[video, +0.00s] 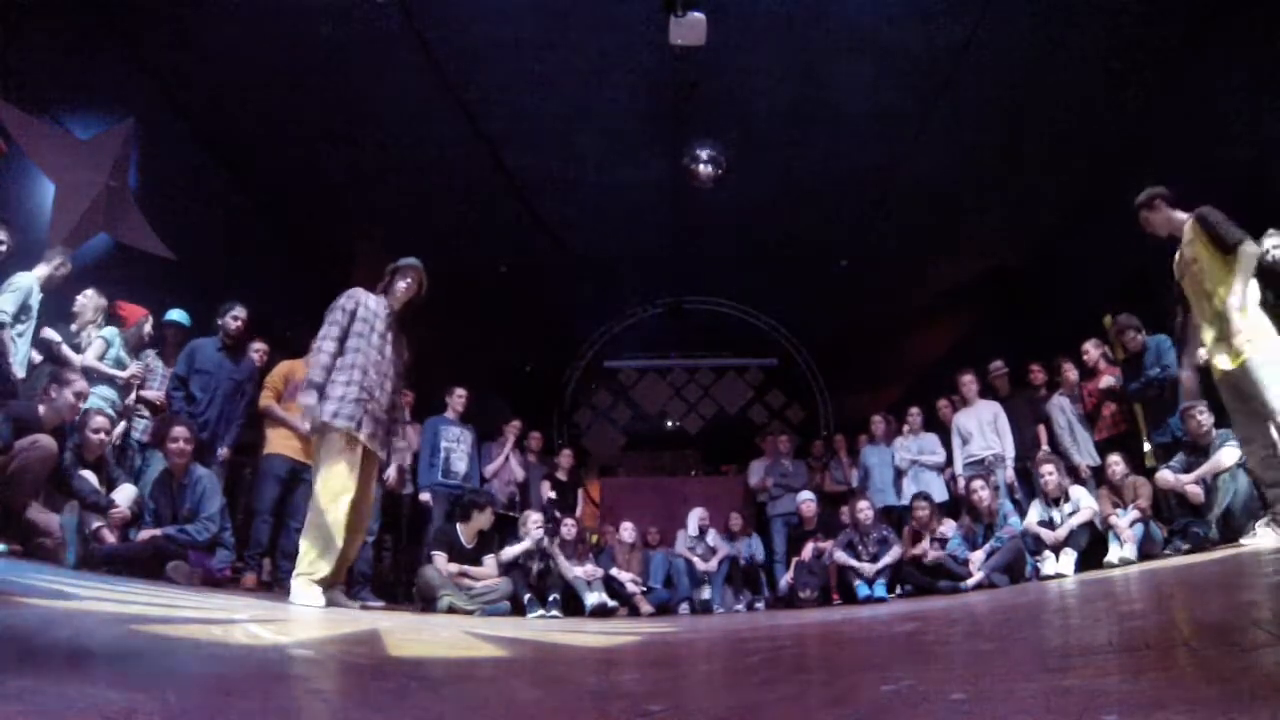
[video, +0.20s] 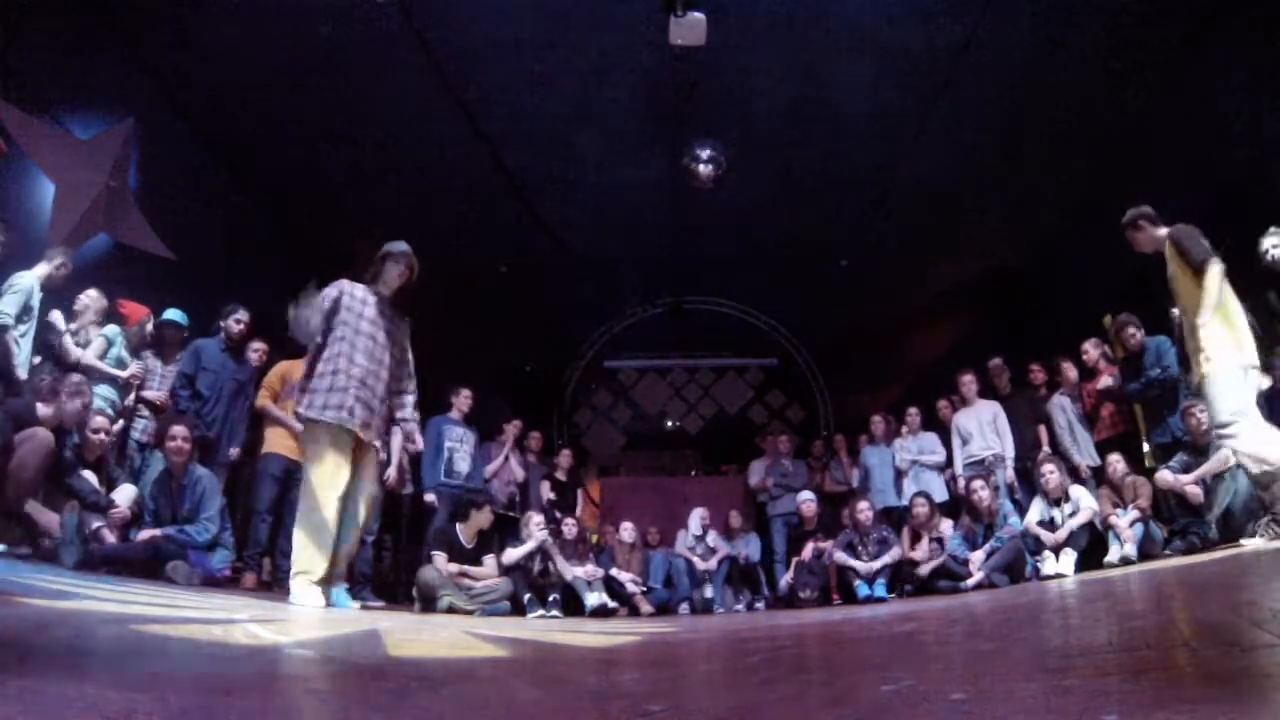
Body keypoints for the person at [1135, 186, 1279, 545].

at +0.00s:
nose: (1147, 228)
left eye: (1146, 220)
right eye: (1144, 223)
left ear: (1159, 207)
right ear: (1155, 215)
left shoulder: (1203, 218)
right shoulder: (1180, 261)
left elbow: (1248, 248)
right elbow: (1195, 314)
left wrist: (1235, 300)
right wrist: (1189, 362)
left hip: (1252, 342)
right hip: (1221, 356)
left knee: (1278, 420)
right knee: (1252, 438)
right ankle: (1275, 514)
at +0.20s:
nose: (1137, 247)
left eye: (1134, 240)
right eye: (1133, 243)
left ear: (1144, 226)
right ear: (1144, 229)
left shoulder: (1179, 233)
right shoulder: (1171, 255)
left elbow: (1213, 265)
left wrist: (1202, 316)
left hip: (1224, 347)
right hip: (1213, 352)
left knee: (1230, 430)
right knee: (1244, 428)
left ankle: (1273, 508)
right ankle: (1271, 509)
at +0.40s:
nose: (1123, 255)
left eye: (1121, 248)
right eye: (1118, 250)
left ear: (1130, 237)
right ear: (1136, 234)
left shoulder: (1154, 246)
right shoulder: (1172, 251)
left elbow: (1184, 275)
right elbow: (1222, 303)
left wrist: (1179, 325)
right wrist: (1256, 340)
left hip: (1200, 353)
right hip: (1227, 349)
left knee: (1205, 442)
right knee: (1256, 437)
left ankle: (1228, 525)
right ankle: (1276, 509)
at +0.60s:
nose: (1110, 267)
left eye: (1108, 260)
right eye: (1107, 262)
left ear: (1115, 248)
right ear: (1130, 242)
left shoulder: (1134, 260)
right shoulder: (1169, 265)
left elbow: (1152, 302)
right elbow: (1209, 313)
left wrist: (1148, 360)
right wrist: (1232, 356)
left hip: (1184, 371)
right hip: (1209, 365)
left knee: (1193, 457)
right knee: (1242, 445)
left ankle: (1200, 535)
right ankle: (1275, 513)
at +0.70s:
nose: (1103, 269)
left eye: (1101, 262)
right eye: (1100, 264)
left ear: (1107, 251)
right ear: (1121, 245)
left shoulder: (1127, 263)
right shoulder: (1155, 266)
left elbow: (1142, 309)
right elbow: (1188, 318)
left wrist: (1145, 369)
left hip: (1175, 368)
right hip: (1198, 365)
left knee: (1188, 456)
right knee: (1223, 444)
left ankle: (1201, 536)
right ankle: (1272, 507)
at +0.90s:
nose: (1094, 272)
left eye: (1092, 266)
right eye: (1092, 268)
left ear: (1097, 257)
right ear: (1115, 250)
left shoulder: (1117, 273)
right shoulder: (1147, 272)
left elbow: (1124, 324)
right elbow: (1170, 327)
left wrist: (1130, 382)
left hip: (1157, 370)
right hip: (1180, 368)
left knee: (1175, 455)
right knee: (1181, 451)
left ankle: (1201, 536)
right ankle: (1247, 497)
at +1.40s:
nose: (1092, 271)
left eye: (1093, 263)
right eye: (1090, 266)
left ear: (1108, 255)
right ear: (1103, 261)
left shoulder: (1143, 266)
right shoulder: (1124, 304)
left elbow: (1176, 316)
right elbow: (1140, 356)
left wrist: (1178, 366)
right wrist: (1146, 406)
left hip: (1186, 374)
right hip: (1162, 385)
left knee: (1196, 455)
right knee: (1200, 455)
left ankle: (1202, 531)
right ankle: (1242, 522)